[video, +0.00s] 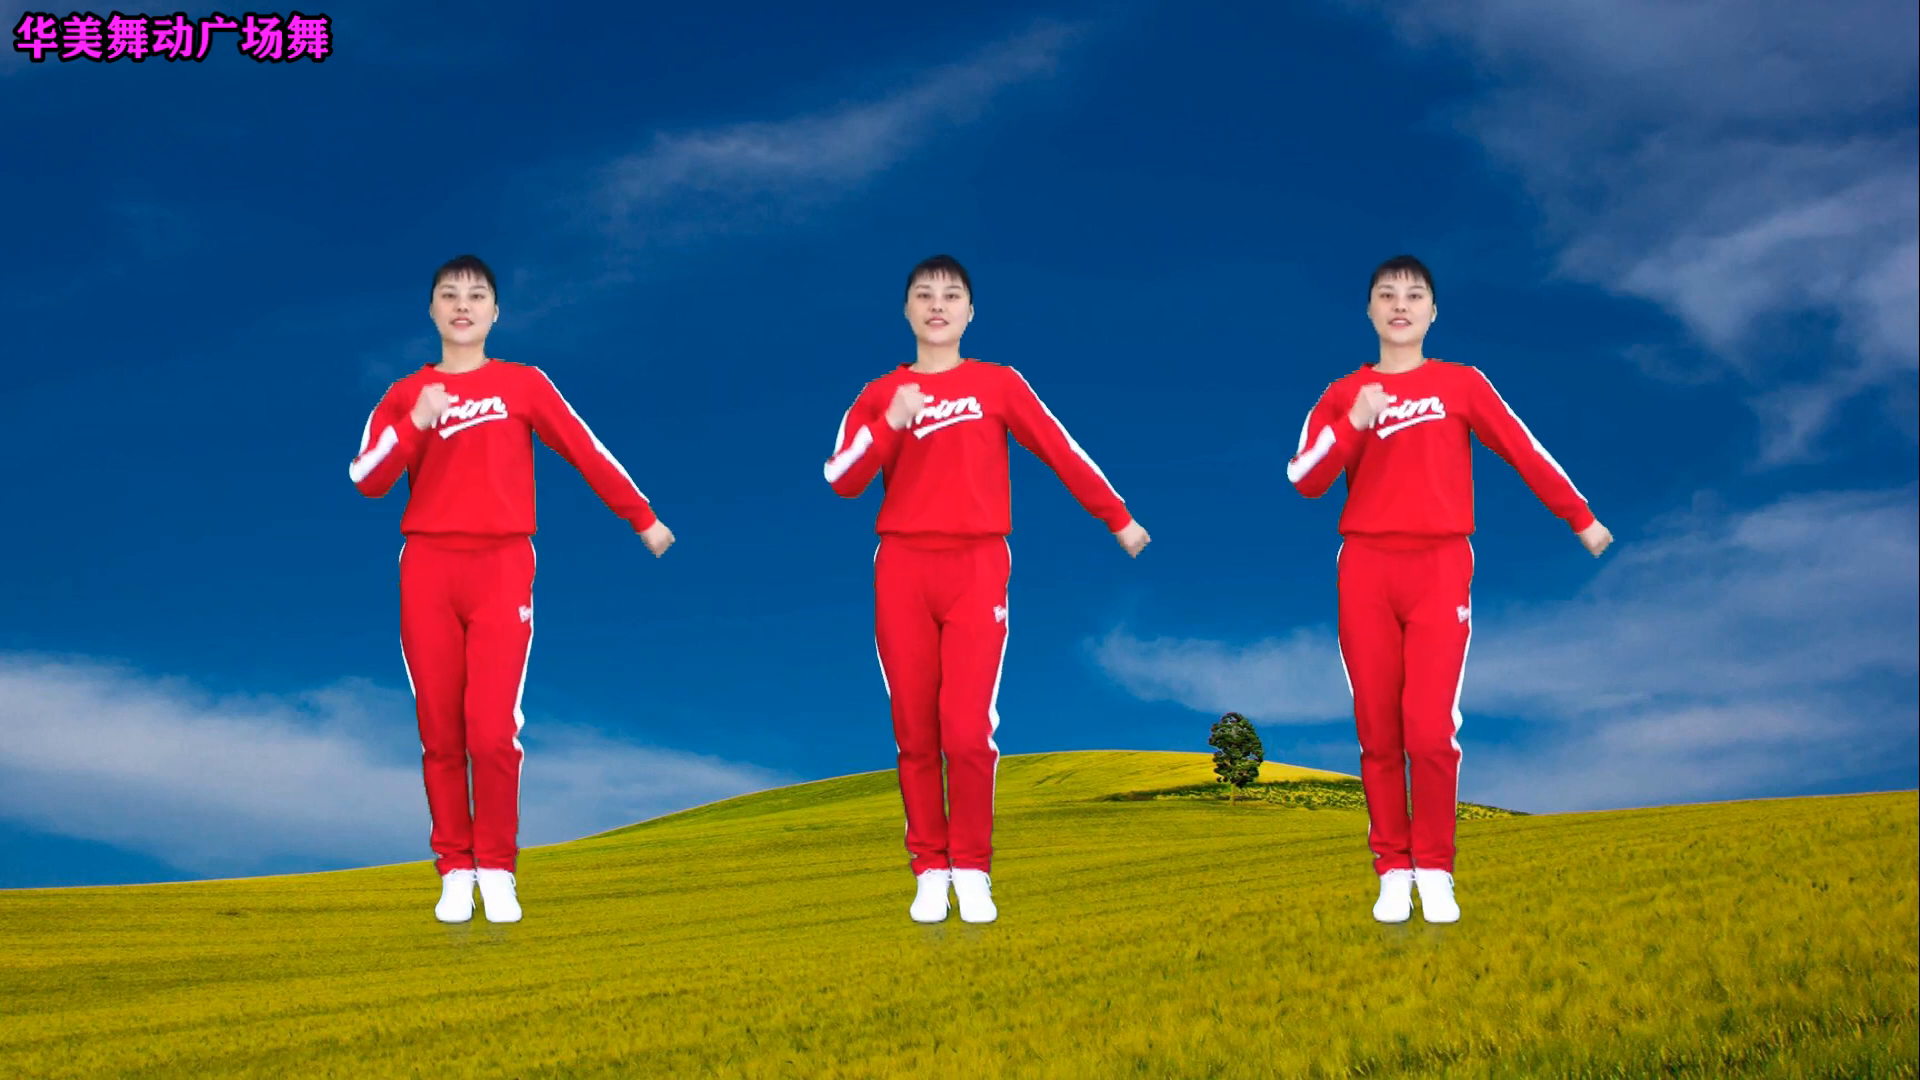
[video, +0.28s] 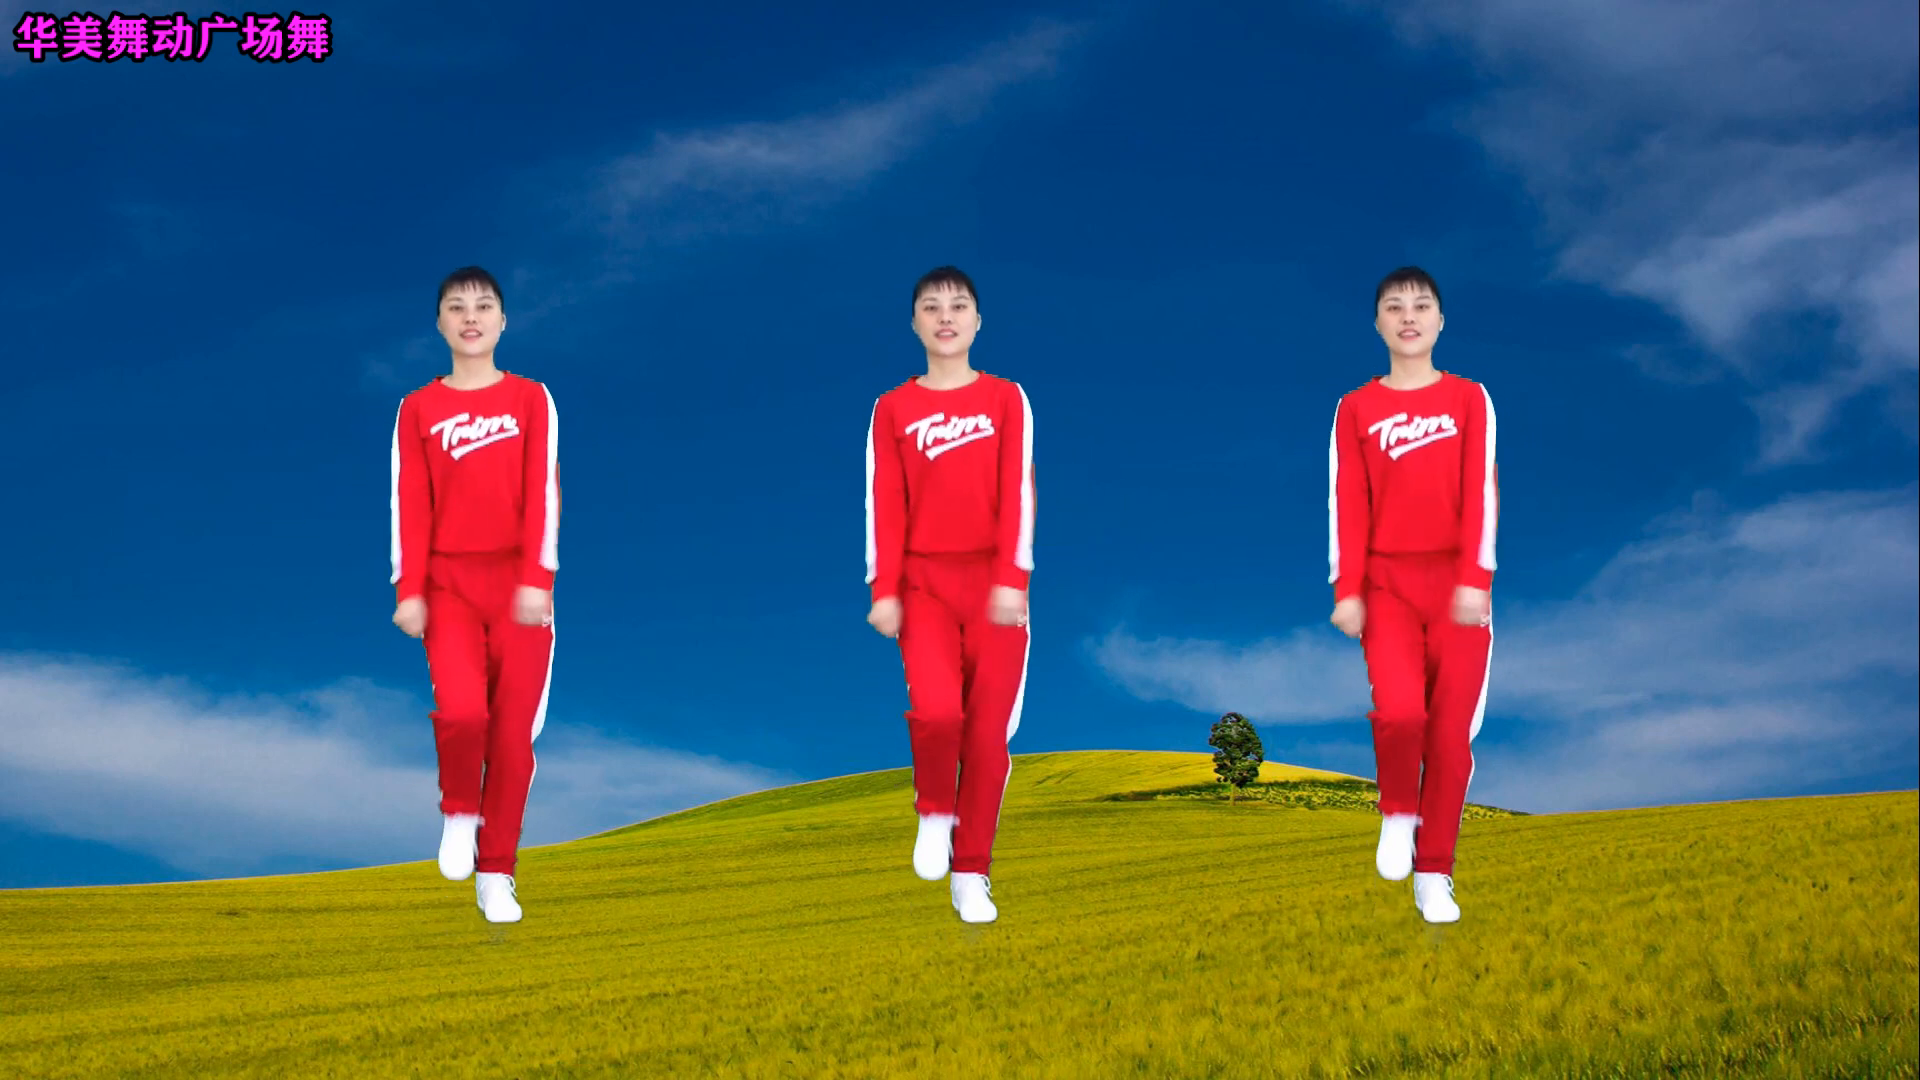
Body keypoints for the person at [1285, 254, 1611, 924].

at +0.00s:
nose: (1401, 305)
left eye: (1414, 296)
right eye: (1388, 296)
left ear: (1432, 311)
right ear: (1370, 310)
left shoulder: (1462, 383)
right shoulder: (1342, 394)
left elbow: (1525, 452)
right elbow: (1306, 481)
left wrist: (1582, 518)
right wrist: (1352, 425)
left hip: (1441, 566)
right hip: (1365, 568)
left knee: (1430, 730)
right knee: (1378, 732)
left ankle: (1434, 870)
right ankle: (1392, 869)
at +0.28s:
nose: (1409, 317)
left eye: (1421, 307)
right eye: (1396, 309)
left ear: (1439, 320)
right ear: (1379, 323)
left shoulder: (1470, 397)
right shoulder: (1354, 408)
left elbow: (1482, 489)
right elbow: (1346, 502)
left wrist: (1476, 577)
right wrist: (1346, 588)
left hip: (1459, 578)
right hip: (1385, 579)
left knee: (1452, 730)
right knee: (1398, 715)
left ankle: (1435, 868)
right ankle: (1398, 812)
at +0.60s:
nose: (1416, 295)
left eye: (1427, 284)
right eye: (1401, 287)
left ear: (1446, 298)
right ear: (1385, 305)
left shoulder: (1477, 376)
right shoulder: (1362, 380)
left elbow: (1508, 463)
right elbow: (1294, 442)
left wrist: (1453, 412)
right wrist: (1229, 504)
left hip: (1462, 557)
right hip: (1386, 558)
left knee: (1452, 714)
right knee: (1404, 713)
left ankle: (1438, 861)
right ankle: (1394, 849)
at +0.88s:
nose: (1427, 299)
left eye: (1434, 290)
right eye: (1410, 291)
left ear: (1445, 309)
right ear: (1381, 311)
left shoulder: (1470, 387)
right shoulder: (1354, 381)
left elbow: (1493, 469)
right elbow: (1268, 422)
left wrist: (1494, 536)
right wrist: (1177, 459)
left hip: (1457, 563)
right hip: (1385, 565)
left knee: (1450, 726)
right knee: (1390, 725)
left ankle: (1437, 865)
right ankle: (1388, 869)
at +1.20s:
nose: (1438, 301)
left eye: (1440, 291)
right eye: (1421, 291)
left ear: (1444, 309)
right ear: (1385, 311)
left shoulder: (1469, 392)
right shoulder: (1371, 378)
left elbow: (1489, 490)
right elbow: (1428, 429)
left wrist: (1499, 567)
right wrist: (1522, 452)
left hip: (1465, 565)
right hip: (1394, 561)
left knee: (1496, 709)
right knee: (1392, 724)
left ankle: (1500, 834)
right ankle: (1386, 868)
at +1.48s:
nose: (1472, 304)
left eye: (1475, 297)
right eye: (1457, 297)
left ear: (1481, 315)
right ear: (1426, 314)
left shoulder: (1507, 384)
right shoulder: (1414, 377)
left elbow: (1538, 479)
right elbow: (1411, 290)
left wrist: (1553, 563)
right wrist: (1457, 221)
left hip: (1521, 563)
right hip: (1449, 561)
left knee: (1535, 730)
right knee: (1421, 726)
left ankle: (1548, 868)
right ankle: (1389, 866)